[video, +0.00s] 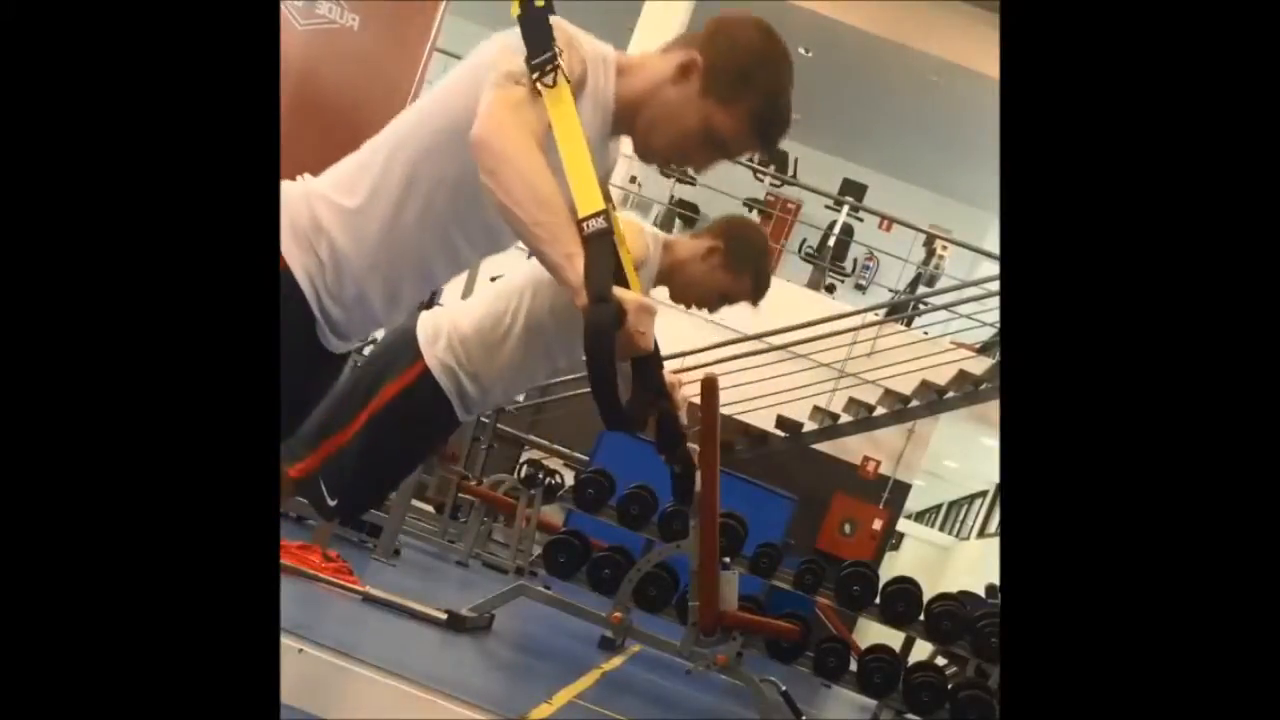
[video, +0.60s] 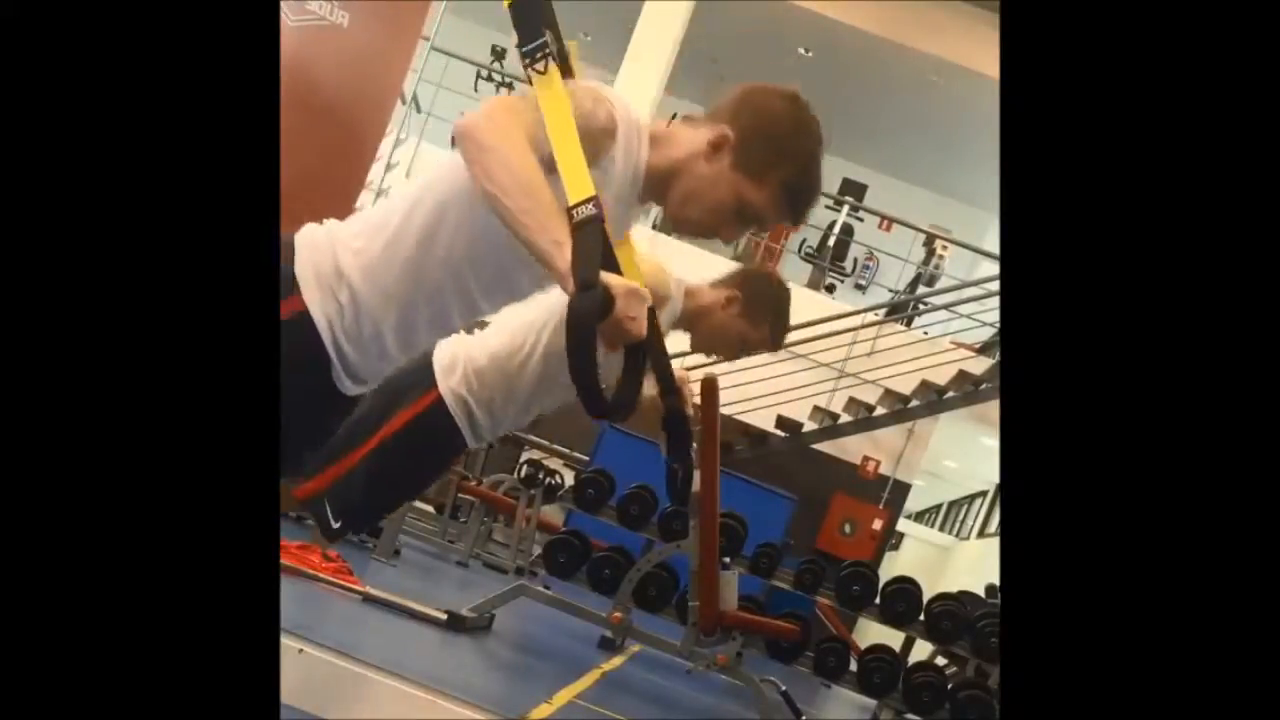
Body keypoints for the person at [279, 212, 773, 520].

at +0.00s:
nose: (713, 307)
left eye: (726, 304)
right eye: (725, 296)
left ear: (710, 252)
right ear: (711, 252)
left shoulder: (639, 279)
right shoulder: (623, 247)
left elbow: (640, 366)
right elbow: (610, 387)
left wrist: (664, 414)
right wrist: (643, 416)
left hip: (451, 391)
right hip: (425, 364)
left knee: (339, 509)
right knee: (302, 492)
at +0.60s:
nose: (730, 353)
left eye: (744, 351)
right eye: (742, 343)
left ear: (729, 297)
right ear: (730, 302)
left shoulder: (660, 312)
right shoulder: (651, 287)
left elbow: (632, 393)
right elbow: (583, 326)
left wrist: (666, 410)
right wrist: (625, 403)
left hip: (462, 414)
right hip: (445, 397)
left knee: (339, 523)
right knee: (315, 515)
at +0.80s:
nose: (743, 419)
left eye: (753, 416)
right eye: (754, 407)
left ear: (749, 369)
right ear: (748, 363)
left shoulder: (686, 382)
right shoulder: (674, 328)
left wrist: (699, 432)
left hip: (484, 454)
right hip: (465, 429)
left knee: (341, 535)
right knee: (326, 529)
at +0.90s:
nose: (742, 443)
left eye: (755, 442)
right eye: (756, 432)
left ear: (753, 397)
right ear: (752, 386)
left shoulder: (681, 404)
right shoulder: (675, 362)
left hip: (483, 473)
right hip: (464, 450)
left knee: (340, 553)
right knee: (325, 548)